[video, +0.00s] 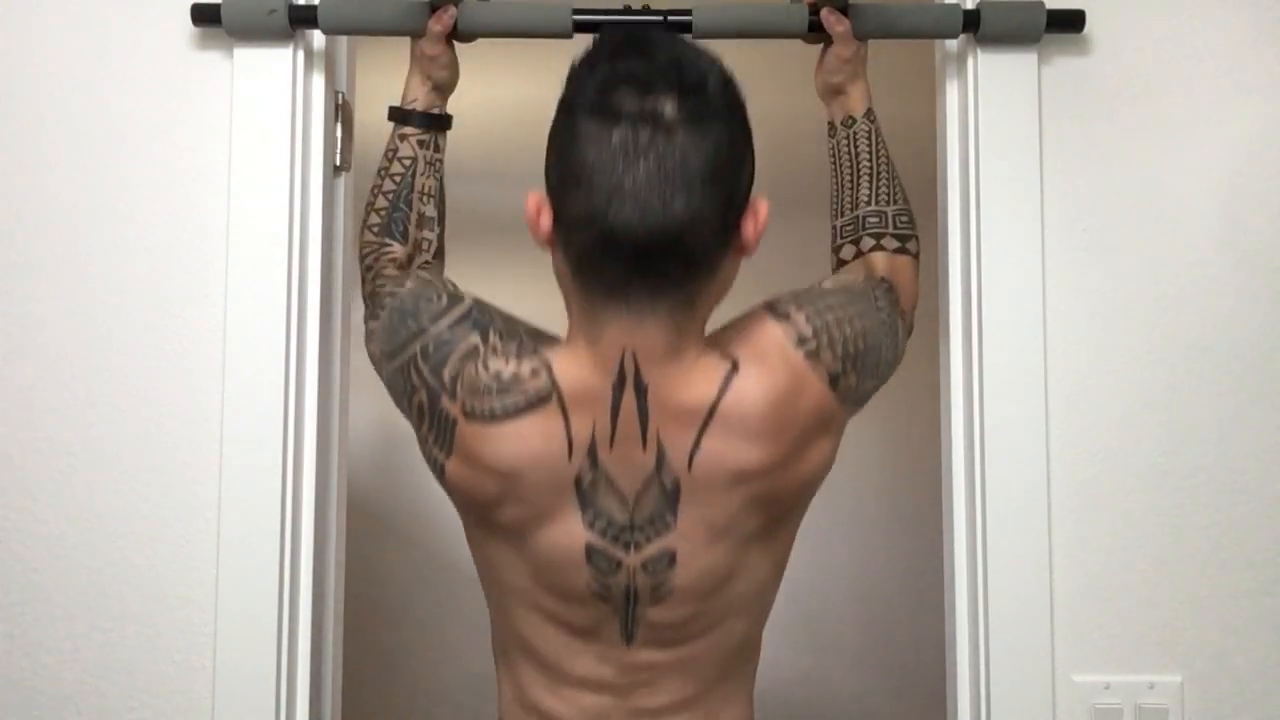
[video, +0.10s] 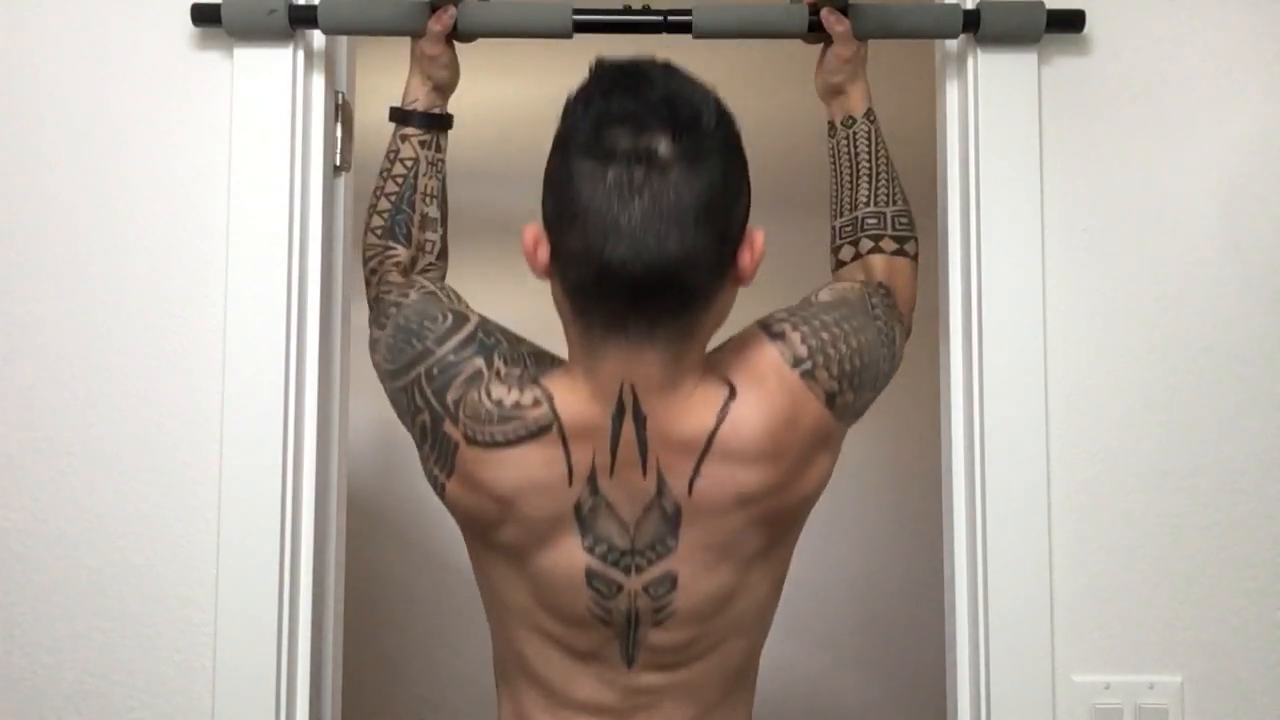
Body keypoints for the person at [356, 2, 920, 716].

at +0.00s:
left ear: (541, 223)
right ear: (750, 231)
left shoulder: (483, 402)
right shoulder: (787, 391)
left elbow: (393, 263)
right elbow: (886, 264)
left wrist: (424, 93)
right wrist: (849, 97)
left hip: (533, 712)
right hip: (718, 713)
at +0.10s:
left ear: (538, 254)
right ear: (747, 259)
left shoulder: (488, 423)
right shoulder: (784, 408)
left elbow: (397, 270)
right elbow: (881, 273)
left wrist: (425, 92)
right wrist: (849, 97)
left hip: (532, 711)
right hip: (719, 711)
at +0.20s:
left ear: (537, 279)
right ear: (744, 284)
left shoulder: (491, 437)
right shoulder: (781, 424)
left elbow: (403, 273)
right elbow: (880, 278)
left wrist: (426, 94)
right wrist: (849, 98)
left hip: (532, 712)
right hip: (720, 713)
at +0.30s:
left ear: (536, 287)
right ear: (743, 293)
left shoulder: (492, 441)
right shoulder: (780, 426)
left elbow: (403, 276)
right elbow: (875, 282)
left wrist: (427, 94)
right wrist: (848, 99)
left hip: (532, 713)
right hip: (721, 713)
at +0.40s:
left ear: (533, 256)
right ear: (745, 258)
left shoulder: (489, 419)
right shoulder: (782, 401)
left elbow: (397, 270)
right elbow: (880, 269)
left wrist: (425, 96)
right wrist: (849, 99)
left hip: (530, 713)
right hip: (718, 714)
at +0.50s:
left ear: (531, 183)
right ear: (746, 186)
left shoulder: (474, 365)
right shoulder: (793, 346)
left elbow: (386, 255)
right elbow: (889, 261)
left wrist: (425, 95)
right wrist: (849, 98)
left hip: (531, 708)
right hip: (718, 709)